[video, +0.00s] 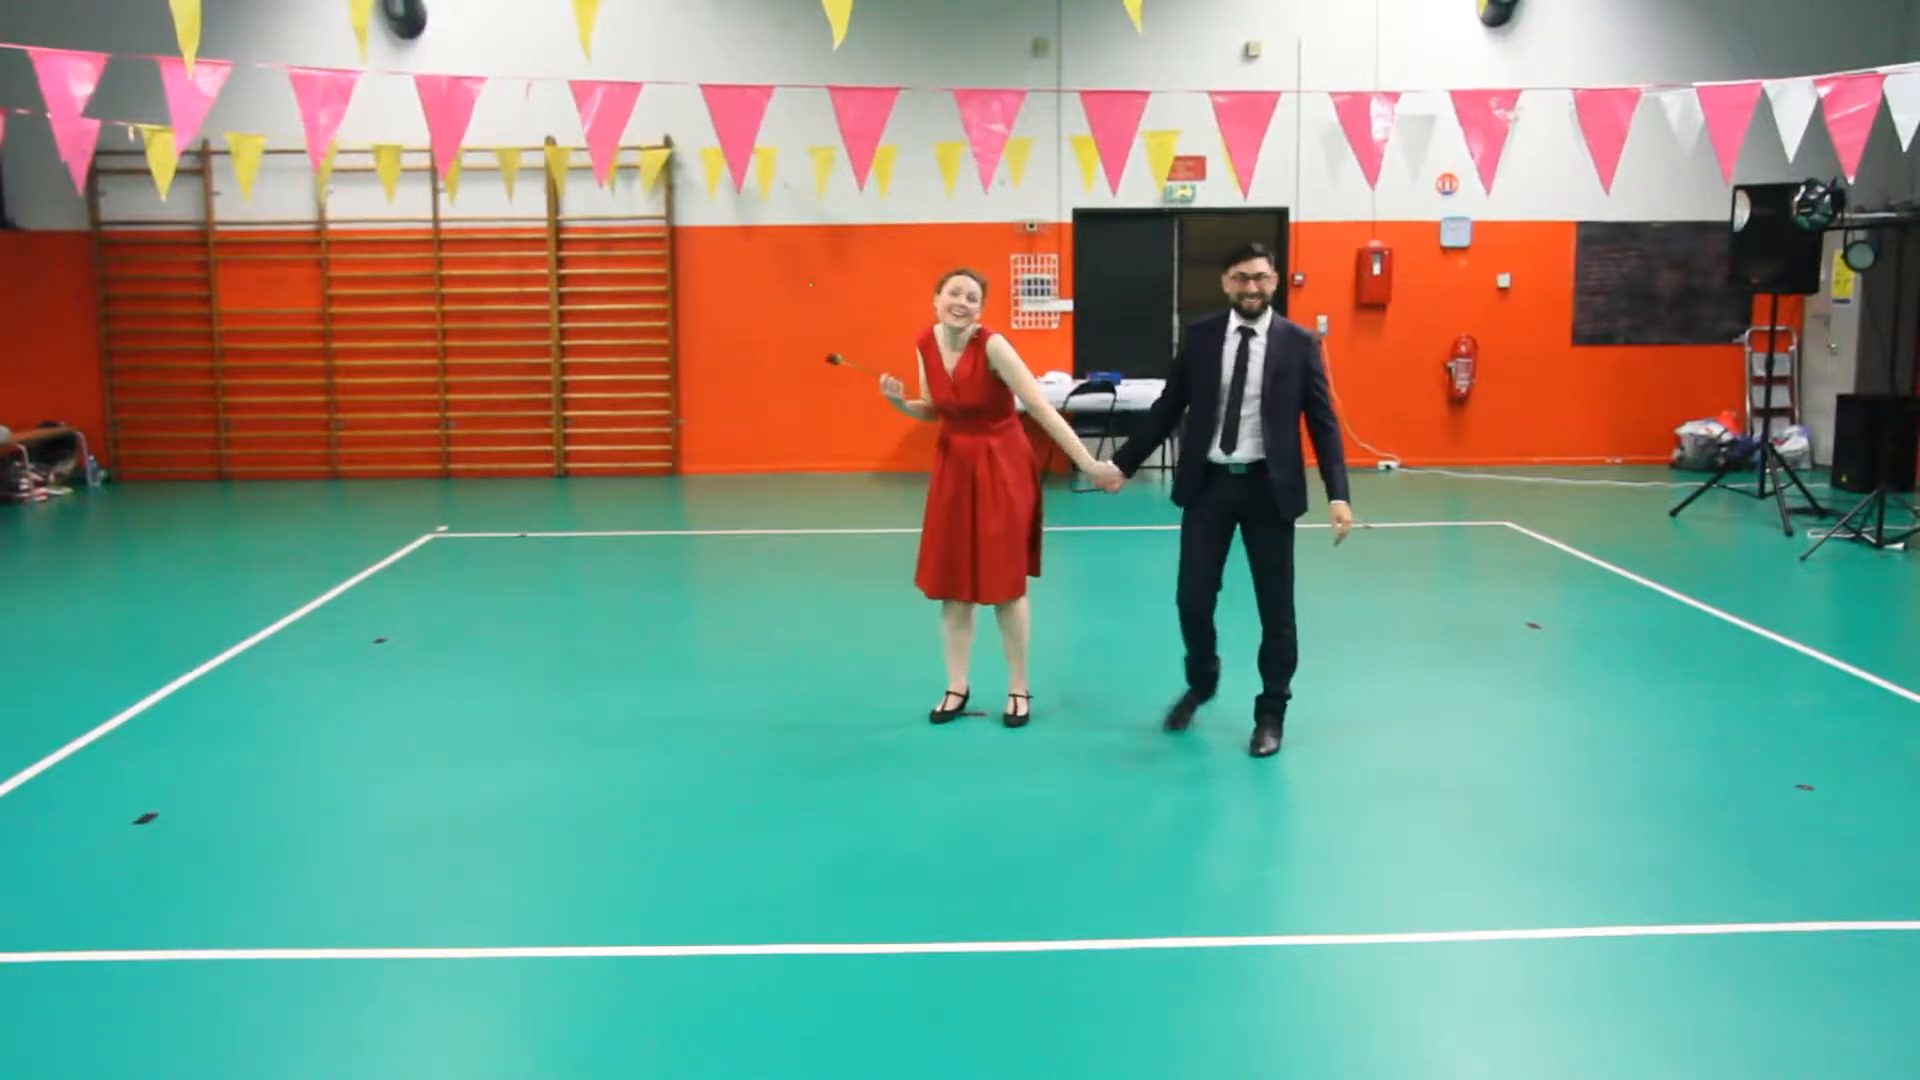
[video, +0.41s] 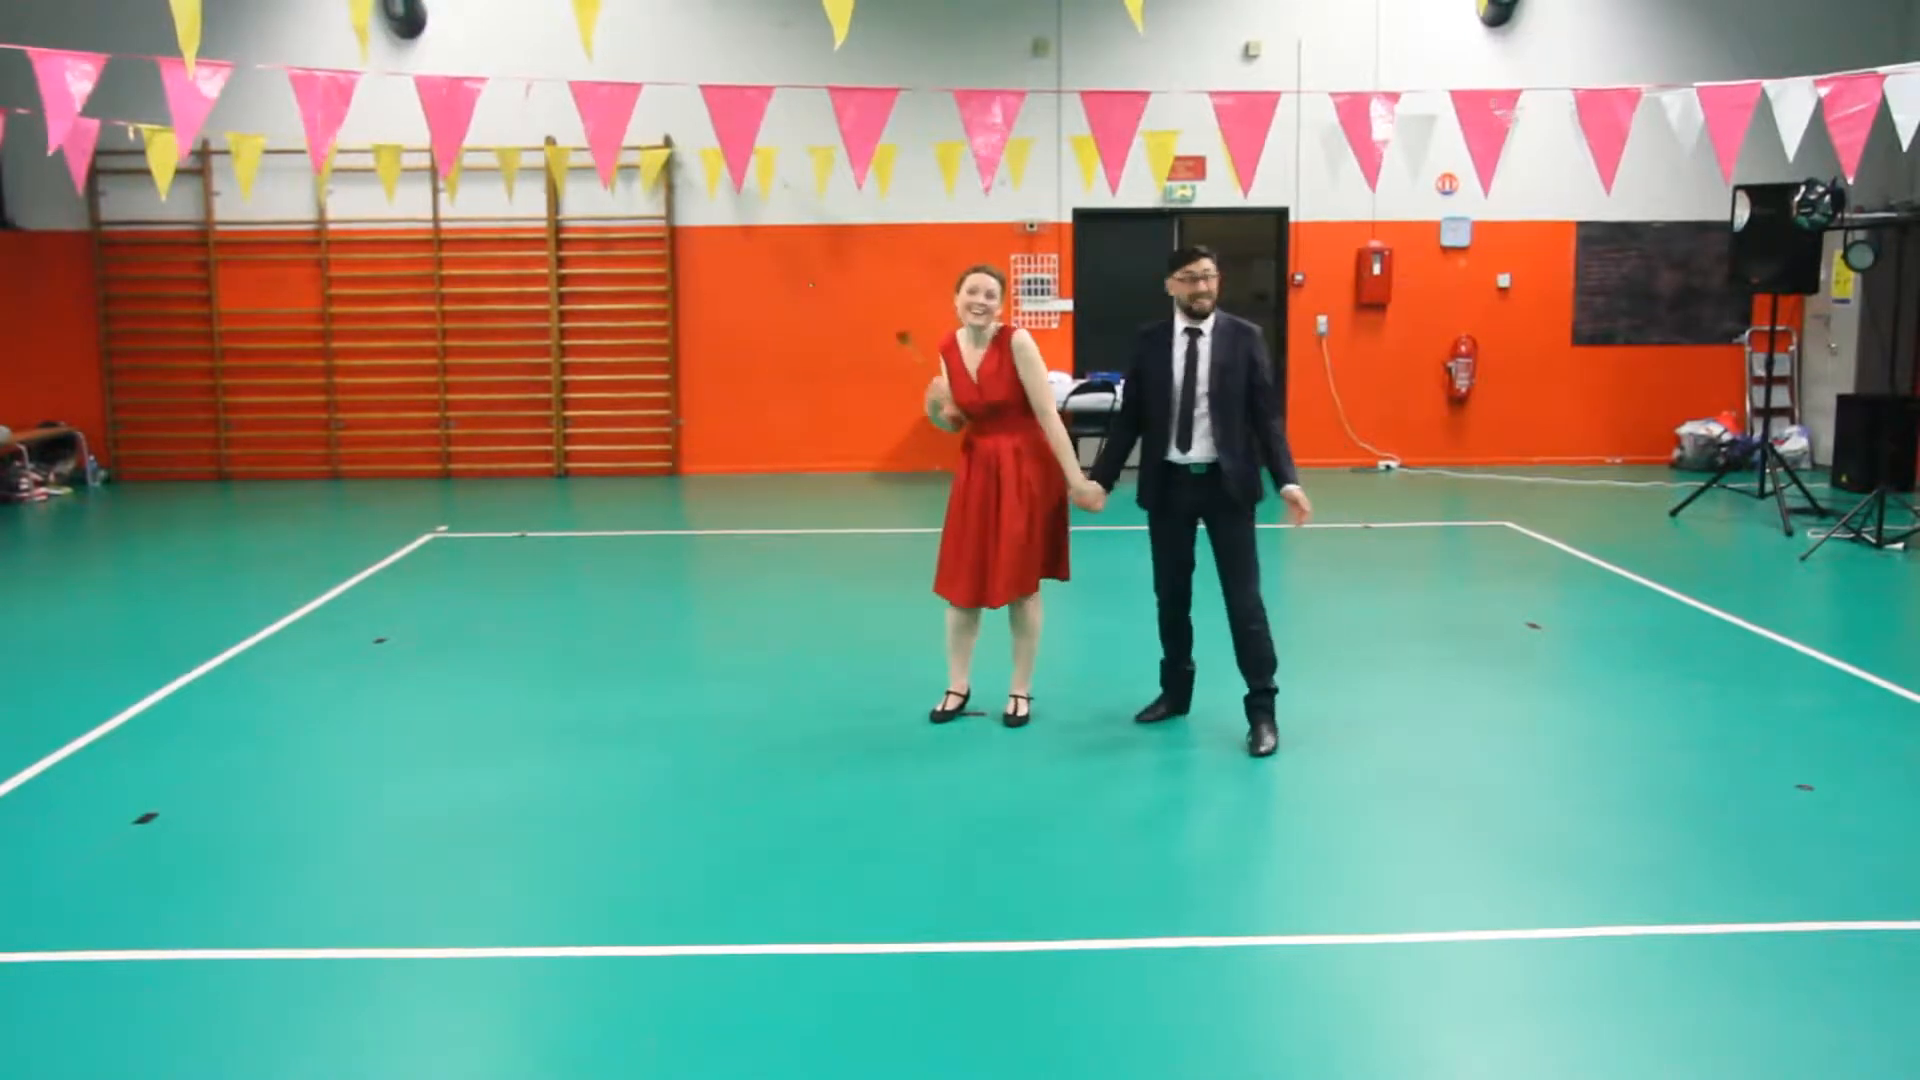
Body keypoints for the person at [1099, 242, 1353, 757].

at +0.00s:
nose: (1252, 286)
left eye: (1261, 278)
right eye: (1242, 278)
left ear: (1276, 283)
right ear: (1225, 283)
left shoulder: (1299, 344)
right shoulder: (1201, 338)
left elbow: (1323, 421)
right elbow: (1167, 410)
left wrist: (1338, 494)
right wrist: (1122, 465)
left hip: (1269, 487)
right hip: (1208, 485)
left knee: (1276, 609)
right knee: (1192, 600)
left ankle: (1271, 714)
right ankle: (1201, 684)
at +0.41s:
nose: (1199, 287)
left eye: (1206, 278)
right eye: (1188, 279)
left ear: (1218, 283)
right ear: (1170, 285)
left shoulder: (1243, 337)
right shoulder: (1151, 340)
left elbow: (1266, 415)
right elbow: (1129, 418)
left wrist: (1287, 480)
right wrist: (1100, 477)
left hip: (1228, 482)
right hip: (1168, 482)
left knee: (1244, 601)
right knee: (1171, 597)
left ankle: (1262, 712)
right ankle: (1175, 693)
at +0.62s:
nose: (1173, 284)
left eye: (1180, 275)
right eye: (1162, 278)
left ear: (1194, 280)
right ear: (1146, 286)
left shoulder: (1225, 333)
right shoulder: (1132, 340)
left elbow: (1245, 409)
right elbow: (1114, 416)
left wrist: (1237, 472)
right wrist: (1090, 481)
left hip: (1211, 480)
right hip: (1155, 481)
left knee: (1218, 596)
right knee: (1165, 594)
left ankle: (1221, 708)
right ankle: (1173, 692)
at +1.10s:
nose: (1125, 289)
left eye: (1132, 279)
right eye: (1125, 281)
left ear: (1165, 280)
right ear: (1148, 283)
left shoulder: (1216, 335)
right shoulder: (1137, 337)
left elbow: (1236, 419)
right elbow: (1122, 410)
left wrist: (1234, 491)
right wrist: (1099, 476)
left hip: (1200, 479)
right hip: (1151, 477)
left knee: (1199, 593)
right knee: (1165, 595)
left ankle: (1223, 707)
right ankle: (1174, 692)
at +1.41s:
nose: (1141, 291)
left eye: (1147, 281)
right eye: (1141, 282)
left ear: (1178, 281)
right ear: (1171, 284)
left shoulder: (1226, 340)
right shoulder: (1167, 337)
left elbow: (1237, 428)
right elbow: (1152, 411)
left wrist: (1228, 503)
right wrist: (1118, 473)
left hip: (1205, 488)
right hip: (1163, 483)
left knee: (1215, 600)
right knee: (1172, 596)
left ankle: (1249, 713)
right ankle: (1176, 692)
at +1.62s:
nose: (1160, 288)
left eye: (1166, 279)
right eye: (1160, 279)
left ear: (1196, 280)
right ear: (1190, 282)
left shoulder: (1243, 336)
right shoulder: (1186, 334)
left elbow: (1248, 427)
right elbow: (1167, 409)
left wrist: (1216, 494)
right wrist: (1124, 464)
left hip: (1231, 489)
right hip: (1184, 486)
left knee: (1235, 603)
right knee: (1180, 595)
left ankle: (1251, 713)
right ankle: (1181, 691)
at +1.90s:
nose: (1179, 289)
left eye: (1186, 280)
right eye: (1179, 281)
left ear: (1214, 281)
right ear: (1209, 283)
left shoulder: (1263, 341)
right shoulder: (1200, 338)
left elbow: (1268, 429)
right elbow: (1182, 412)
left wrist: (1245, 504)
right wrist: (1126, 454)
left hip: (1250, 492)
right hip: (1200, 487)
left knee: (1254, 610)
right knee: (1167, 594)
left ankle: (1254, 715)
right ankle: (1181, 692)